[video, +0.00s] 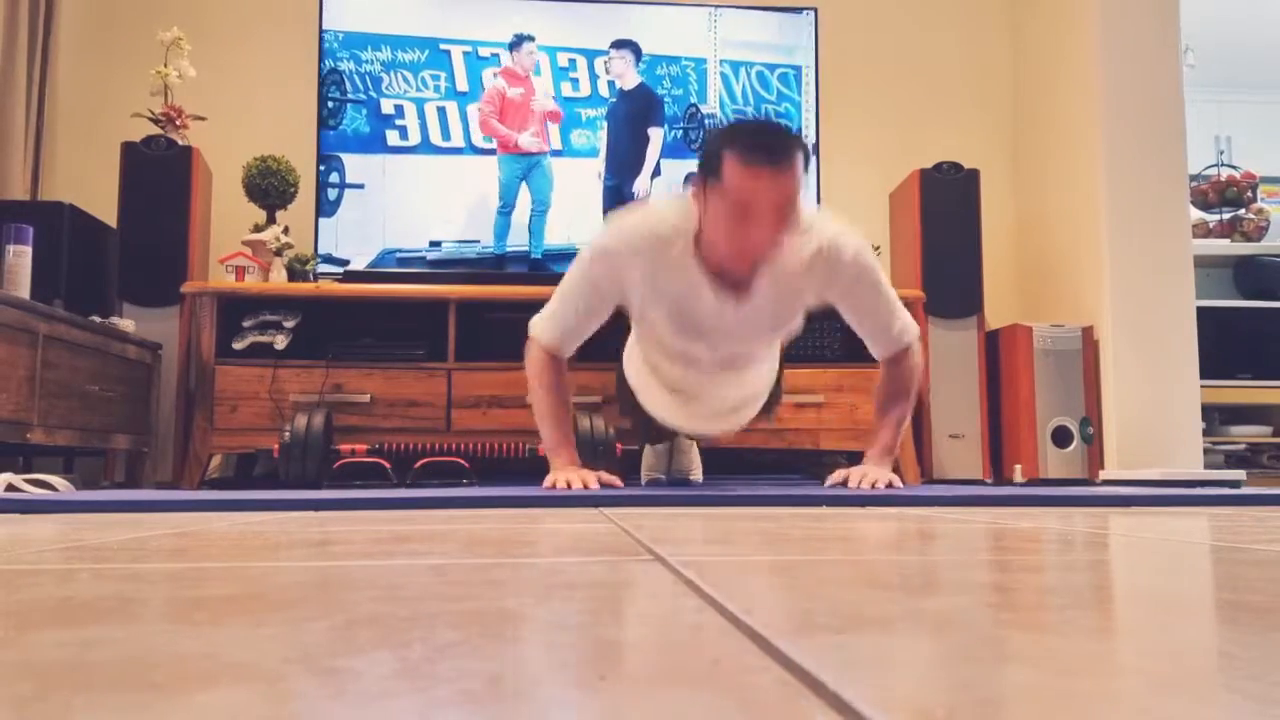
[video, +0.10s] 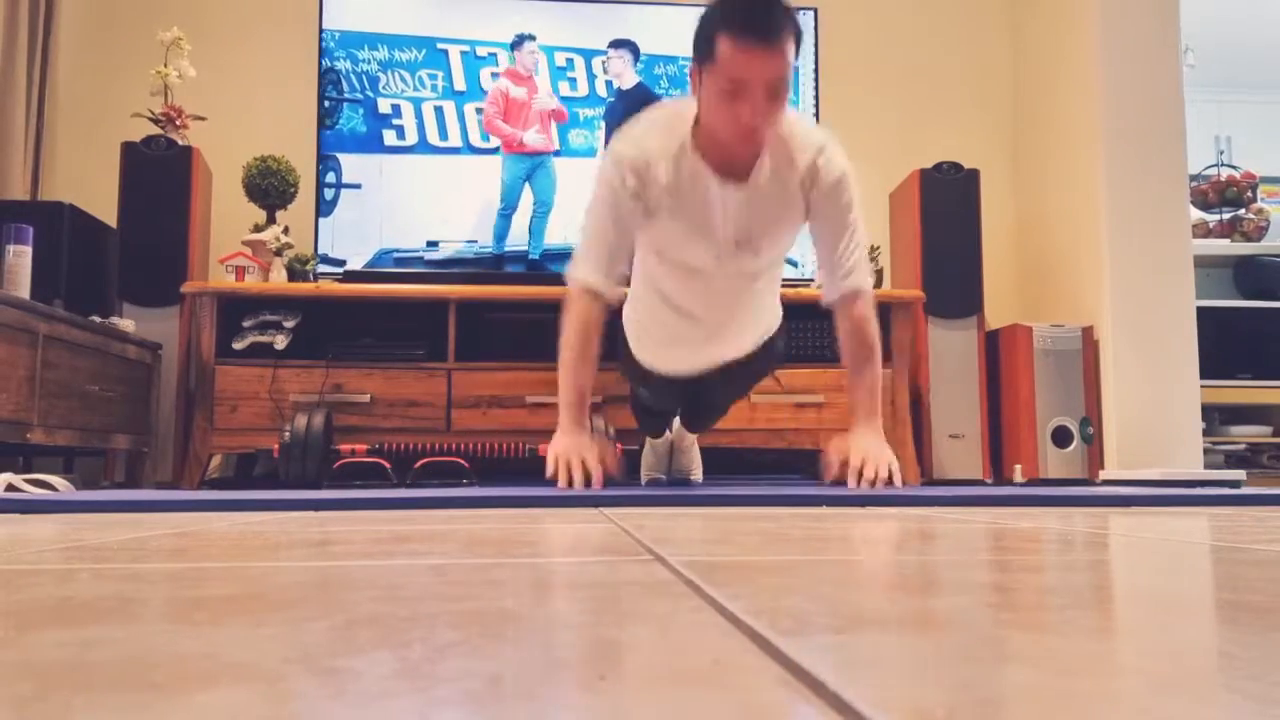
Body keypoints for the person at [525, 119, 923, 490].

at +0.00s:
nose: (757, 237)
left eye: (778, 216)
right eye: (740, 212)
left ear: (796, 209)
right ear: (699, 196)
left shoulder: (830, 250)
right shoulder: (633, 241)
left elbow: (903, 349)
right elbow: (544, 344)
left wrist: (879, 460)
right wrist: (564, 463)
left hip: (744, 396)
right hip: (650, 388)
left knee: (711, 424)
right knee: (648, 426)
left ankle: (684, 444)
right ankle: (656, 446)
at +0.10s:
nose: (753, 116)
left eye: (773, 93)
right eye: (734, 91)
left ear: (789, 86)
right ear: (697, 80)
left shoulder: (816, 160)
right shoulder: (638, 151)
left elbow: (853, 295)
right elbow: (588, 287)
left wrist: (868, 429)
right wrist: (572, 426)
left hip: (751, 322)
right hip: (657, 316)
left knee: (705, 411)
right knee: (655, 408)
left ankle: (684, 437)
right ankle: (657, 440)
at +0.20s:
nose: (757, 110)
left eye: (775, 87)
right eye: (736, 86)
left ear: (793, 75)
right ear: (700, 72)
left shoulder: (821, 152)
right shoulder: (636, 139)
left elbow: (895, 276)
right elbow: (551, 266)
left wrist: (917, 391)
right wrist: (513, 388)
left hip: (748, 338)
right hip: (657, 330)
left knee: (706, 409)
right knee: (656, 411)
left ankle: (687, 437)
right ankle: (656, 442)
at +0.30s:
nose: (761, 225)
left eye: (779, 206)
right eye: (744, 203)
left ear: (805, 199)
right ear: (708, 191)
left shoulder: (839, 241)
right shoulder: (645, 230)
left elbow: (941, 335)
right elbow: (515, 333)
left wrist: (967, 459)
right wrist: (480, 461)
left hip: (751, 387)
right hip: (654, 376)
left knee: (716, 424)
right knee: (656, 420)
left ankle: (684, 447)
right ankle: (657, 456)